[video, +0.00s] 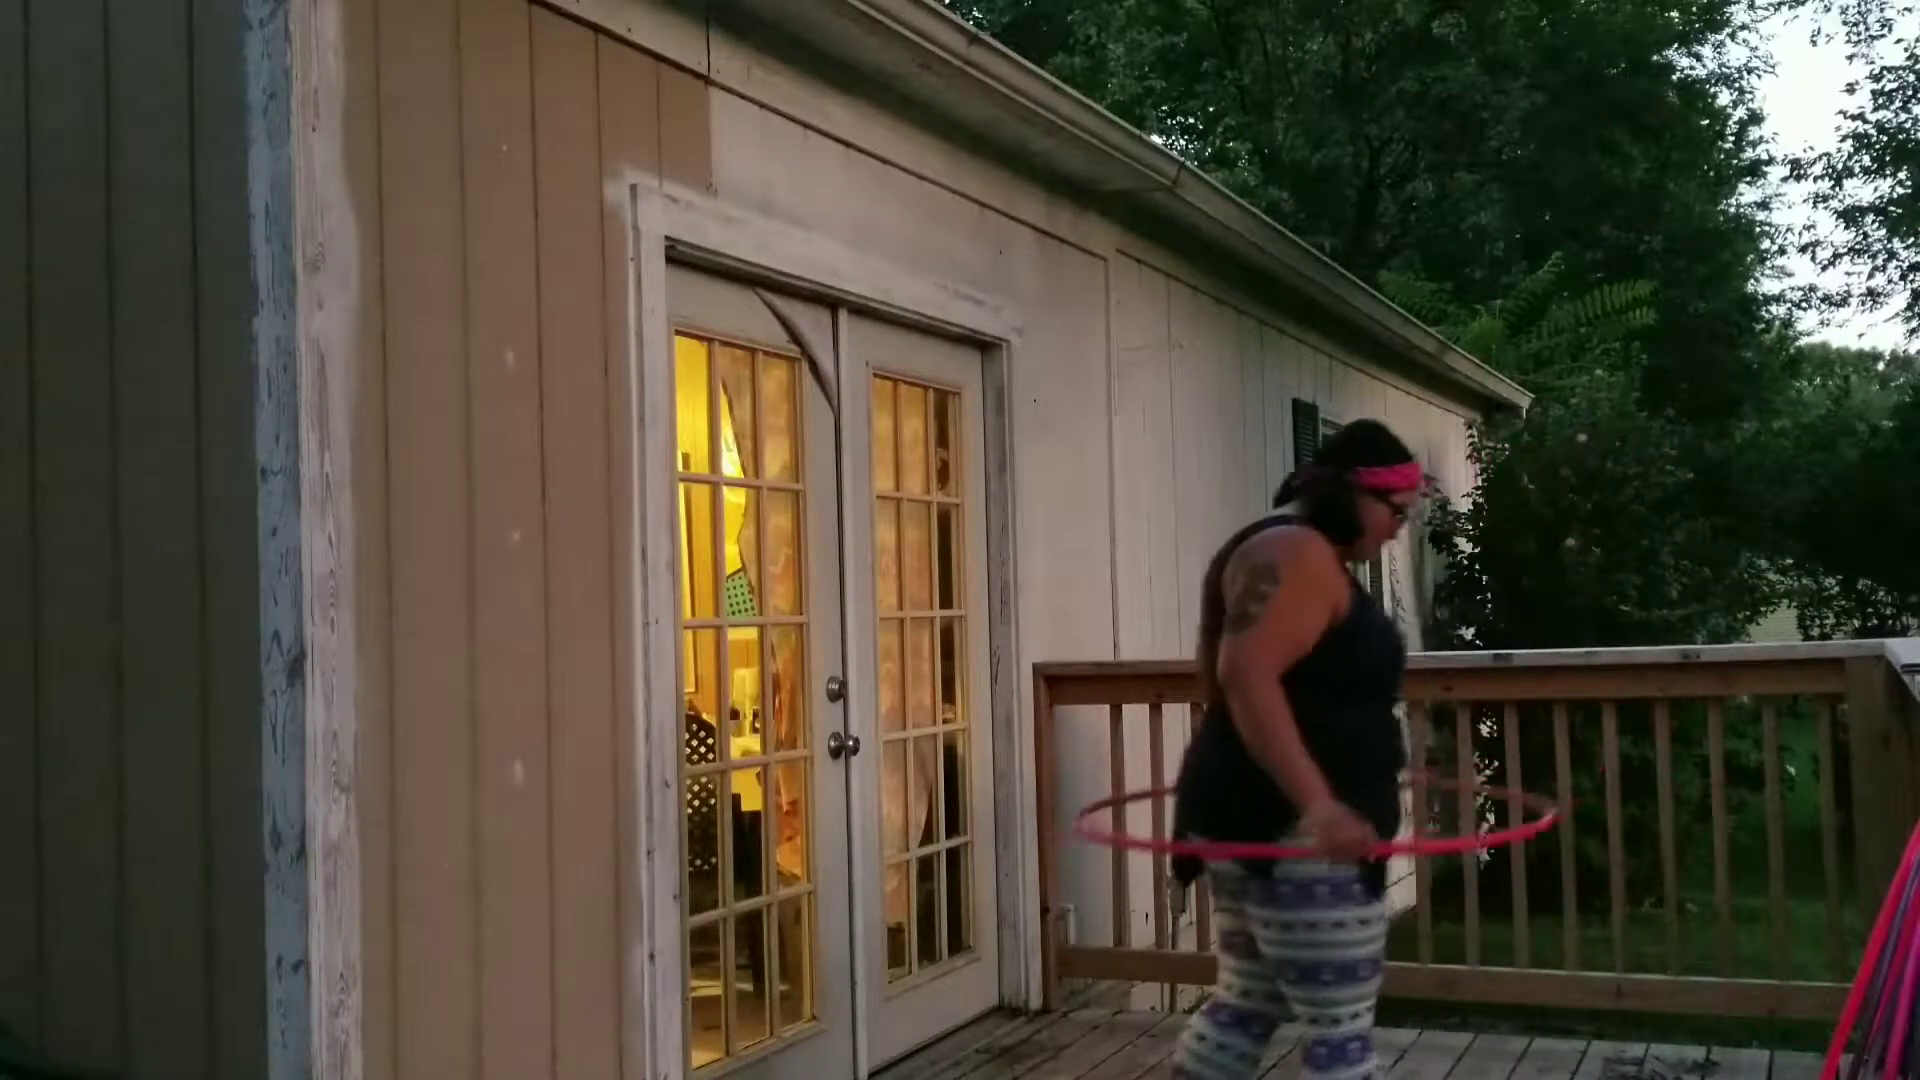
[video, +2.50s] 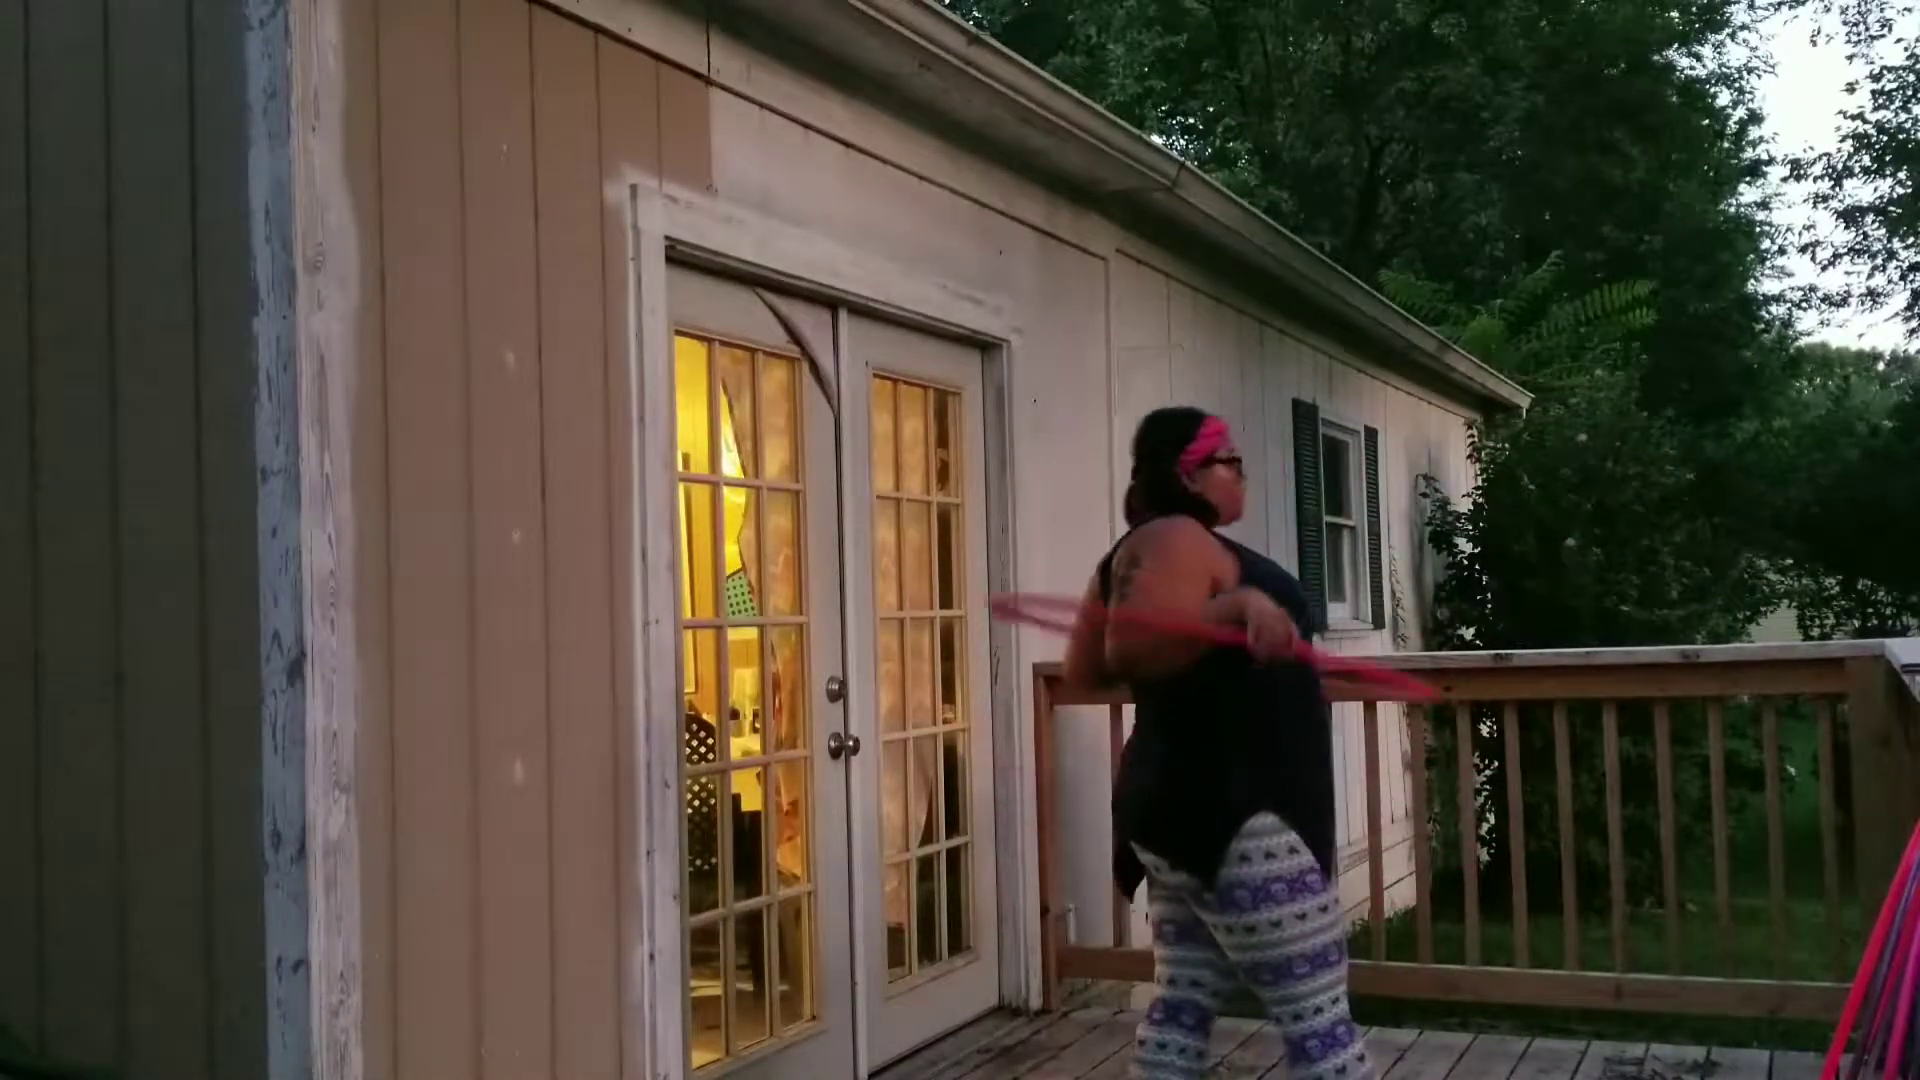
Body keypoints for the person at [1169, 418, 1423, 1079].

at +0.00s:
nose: (1399, 525)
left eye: (1405, 512)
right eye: (1394, 507)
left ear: (1338, 490)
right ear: (1351, 489)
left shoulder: (1269, 549)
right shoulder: (1300, 554)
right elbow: (1246, 674)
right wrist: (1320, 804)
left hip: (1246, 826)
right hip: (1304, 833)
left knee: (1247, 1004)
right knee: (1340, 1030)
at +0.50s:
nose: (1248, 543)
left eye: (1253, 530)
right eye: (1241, 524)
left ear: (1189, 511)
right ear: (1198, 509)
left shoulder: (1146, 573)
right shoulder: (1158, 577)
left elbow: (1153, 726)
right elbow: (1158, 720)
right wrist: (1214, 853)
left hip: (1160, 838)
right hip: (1188, 842)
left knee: (1198, 1019)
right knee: (1271, 1024)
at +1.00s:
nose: (1203, 488)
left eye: (1200, 474)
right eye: (1191, 474)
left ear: (1145, 485)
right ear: (1147, 484)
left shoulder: (1115, 548)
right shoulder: (1124, 543)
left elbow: (1056, 671)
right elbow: (1067, 661)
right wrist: (1180, 640)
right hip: (1169, 809)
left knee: (1174, 995)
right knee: (1262, 983)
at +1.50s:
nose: (1303, 489)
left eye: (1300, 475)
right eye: (1292, 475)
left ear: (1242, 483)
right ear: (1251, 484)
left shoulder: (1175, 560)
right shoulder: (1231, 561)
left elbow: (1169, 709)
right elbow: (1218, 701)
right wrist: (1273, 832)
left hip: (1171, 827)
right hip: (1242, 835)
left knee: (1162, 1016)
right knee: (1296, 1033)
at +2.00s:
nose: (1344, 524)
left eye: (1348, 510)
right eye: (1338, 507)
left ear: (1274, 492)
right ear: (1296, 494)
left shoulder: (1194, 559)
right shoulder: (1263, 560)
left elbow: (1161, 694)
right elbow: (1252, 694)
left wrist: (1163, 829)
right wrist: (1303, 839)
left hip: (1194, 828)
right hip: (1272, 837)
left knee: (1205, 1015)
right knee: (1325, 1035)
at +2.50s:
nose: (1241, 475)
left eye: (1237, 462)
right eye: (1229, 463)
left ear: (1165, 479)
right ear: (1188, 477)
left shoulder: (1119, 560)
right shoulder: (1181, 540)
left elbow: (1084, 671)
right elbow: (1136, 646)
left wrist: (1183, 667)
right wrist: (1232, 608)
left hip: (1169, 814)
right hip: (1242, 812)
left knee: (1184, 1001)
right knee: (1316, 1012)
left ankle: (1165, 1073)